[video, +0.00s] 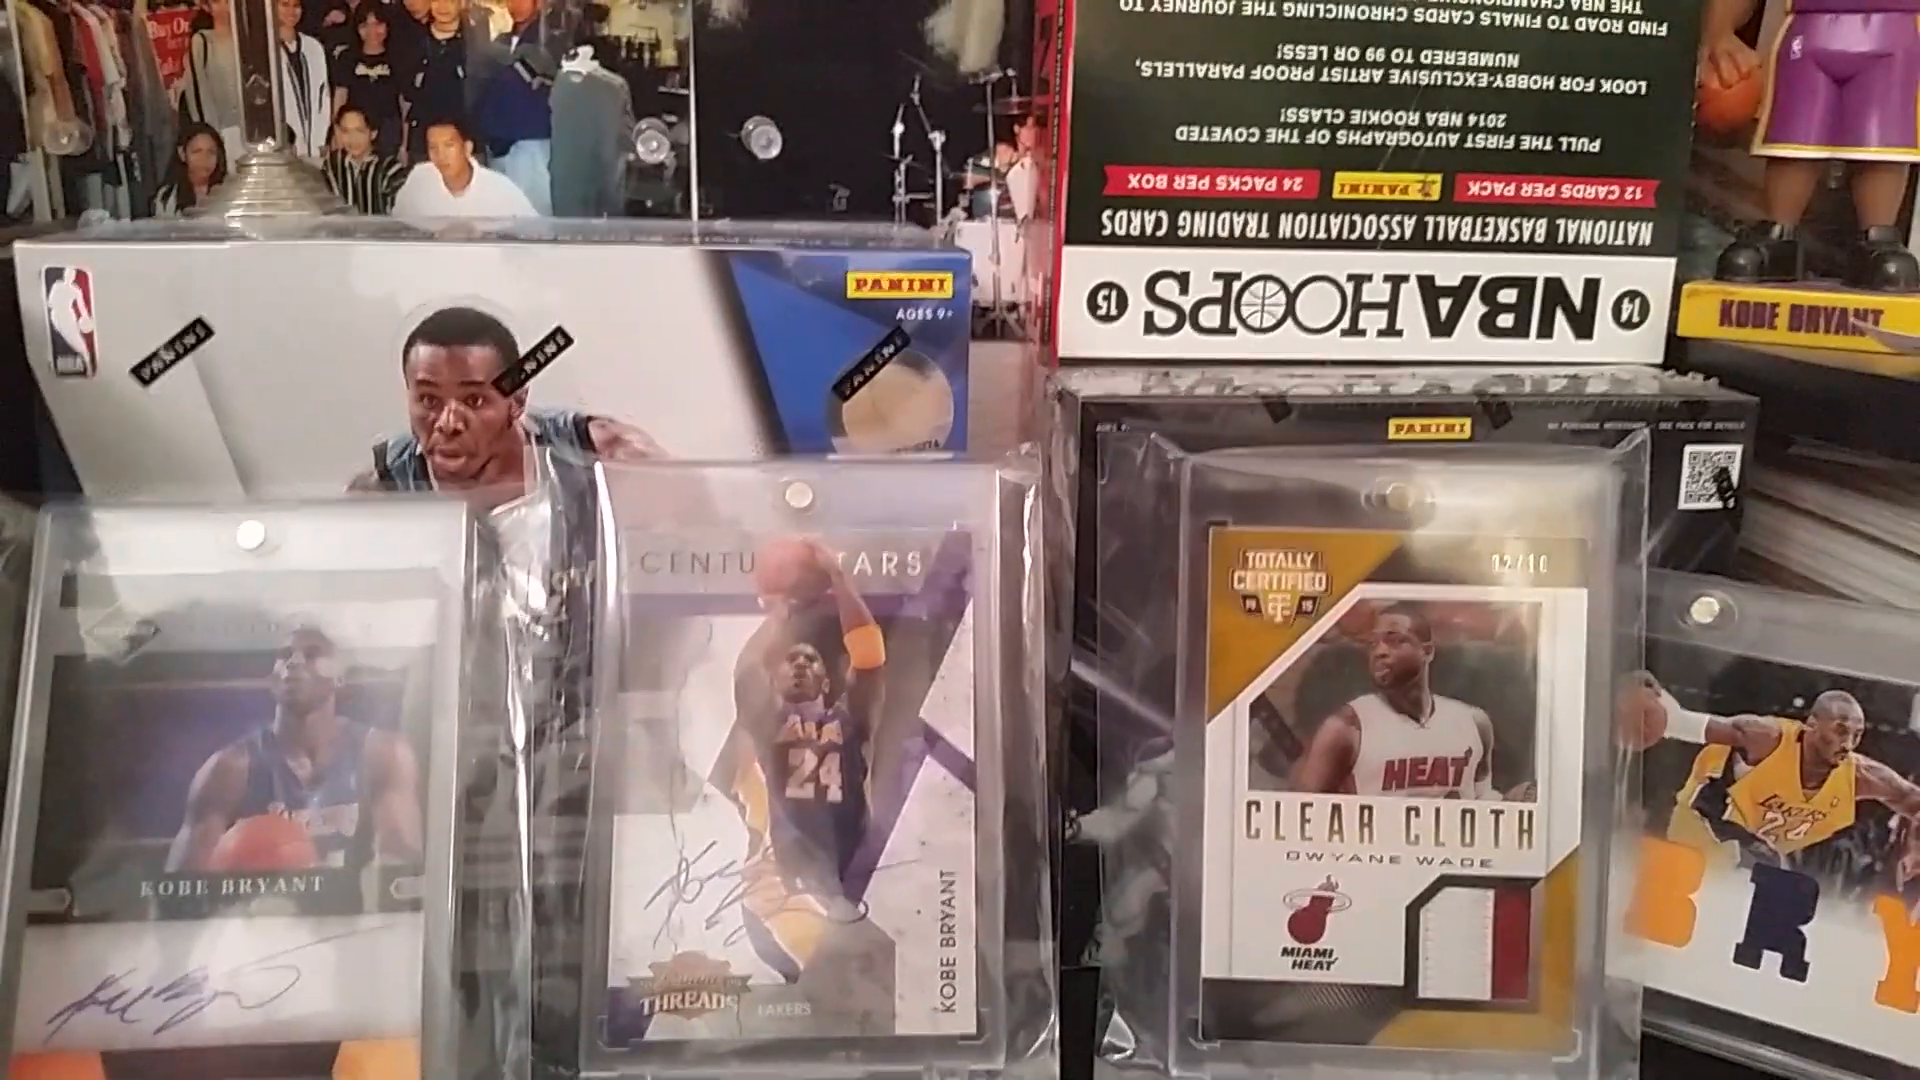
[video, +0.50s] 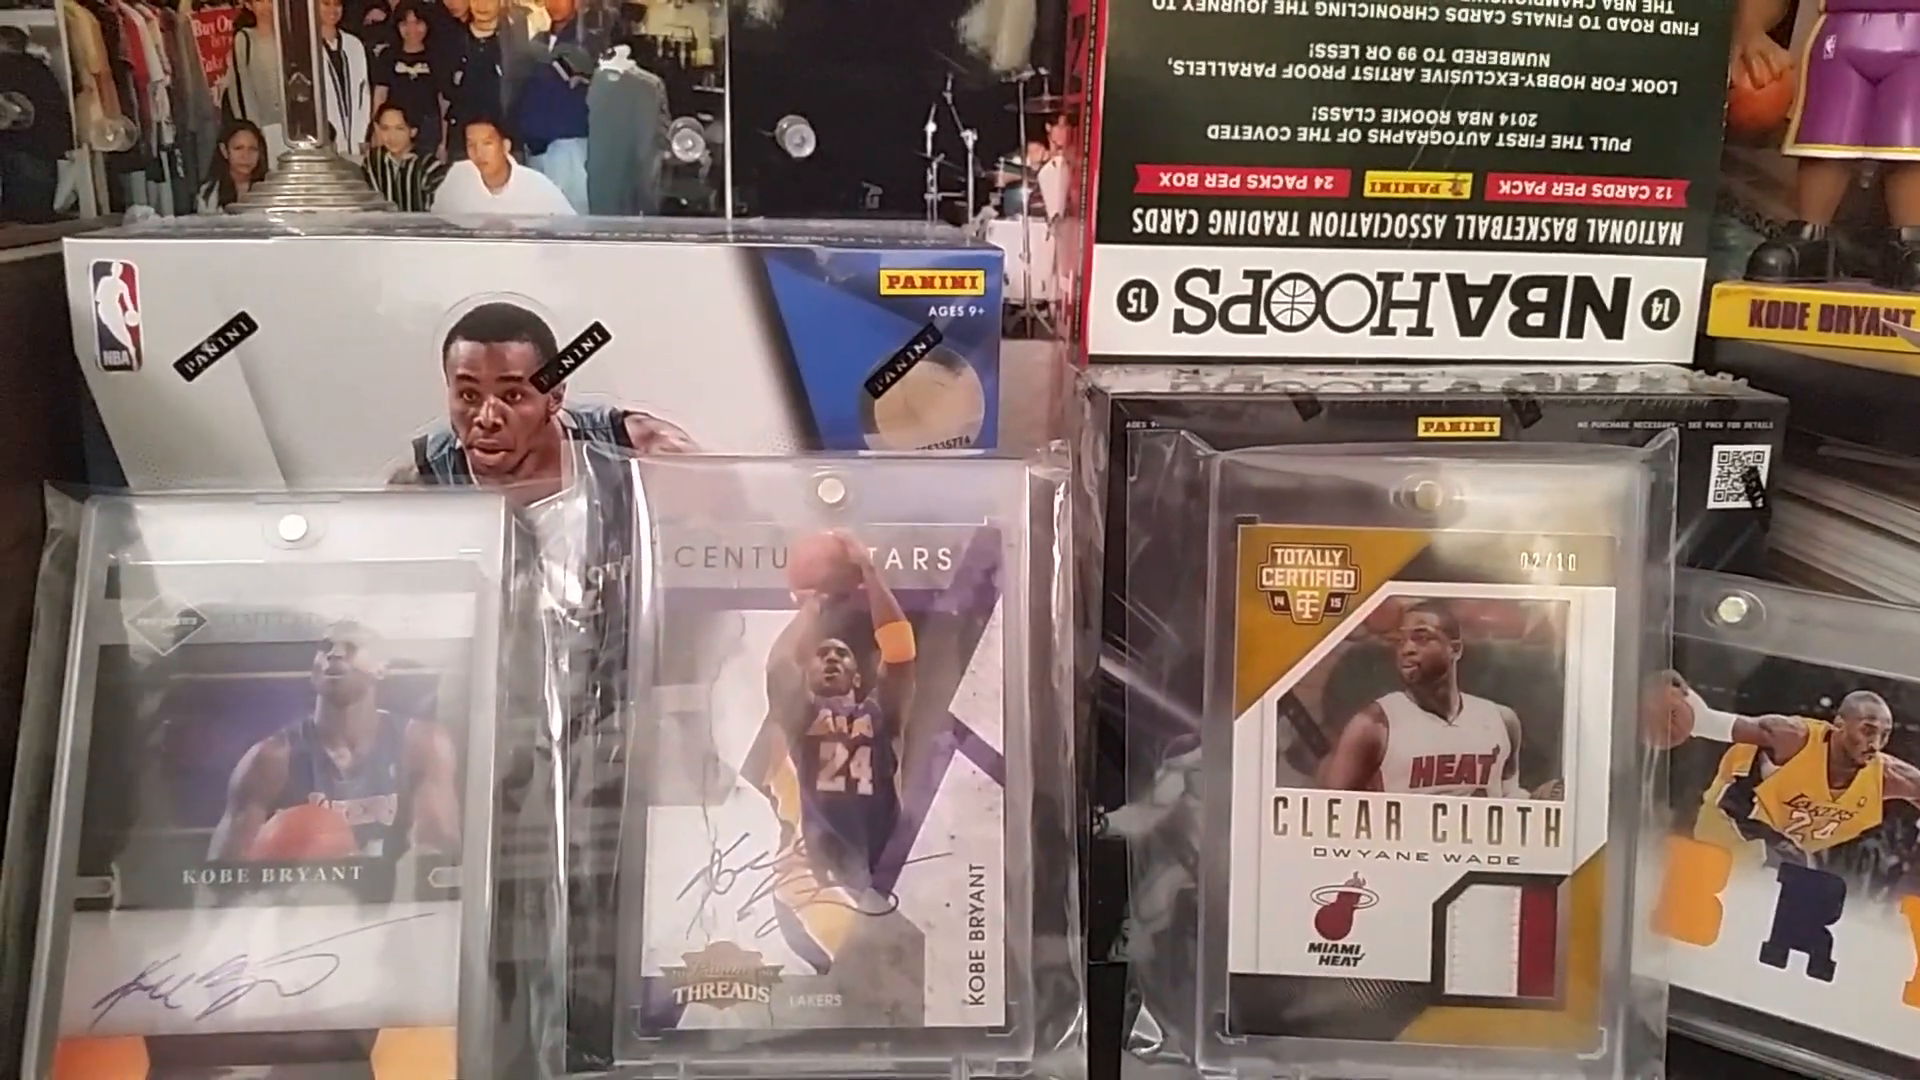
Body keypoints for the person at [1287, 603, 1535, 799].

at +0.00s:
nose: (1379, 651)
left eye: (1395, 641)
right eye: (1374, 643)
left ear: (1428, 651)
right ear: (1368, 652)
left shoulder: (1474, 724)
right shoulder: (1344, 729)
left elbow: (1481, 804)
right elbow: (1296, 816)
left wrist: (1510, 803)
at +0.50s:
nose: (1406, 649)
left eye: (1422, 637)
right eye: (1401, 640)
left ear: (1456, 649)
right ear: (1394, 648)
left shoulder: (1503, 723)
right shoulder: (1372, 726)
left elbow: (1508, 800)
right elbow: (1326, 816)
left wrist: (1537, 802)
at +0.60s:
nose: (1416, 648)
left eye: (1432, 637)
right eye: (1411, 639)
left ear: (1466, 648)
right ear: (1405, 649)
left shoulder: (1512, 723)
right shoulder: (1381, 726)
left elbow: (1519, 806)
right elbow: (1338, 816)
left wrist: (1548, 802)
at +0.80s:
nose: (1418, 649)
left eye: (1434, 637)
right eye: (1413, 640)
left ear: (1467, 648)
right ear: (1407, 648)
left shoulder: (1515, 723)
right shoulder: (1383, 726)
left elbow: (1519, 802)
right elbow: (1342, 817)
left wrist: (1548, 802)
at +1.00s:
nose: (1451, 645)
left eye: (1465, 636)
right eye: (1444, 638)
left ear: (1498, 647)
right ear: (1437, 650)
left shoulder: (1546, 720)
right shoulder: (1415, 721)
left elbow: (1554, 799)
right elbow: (1374, 807)